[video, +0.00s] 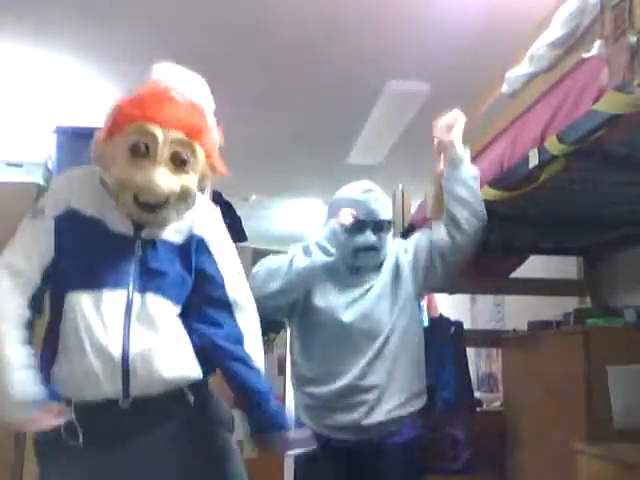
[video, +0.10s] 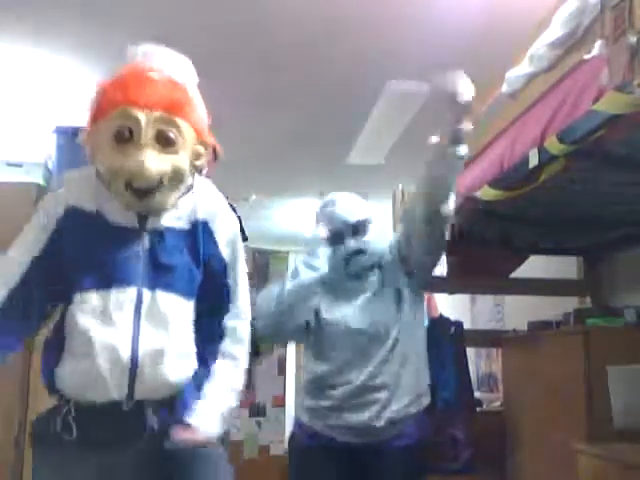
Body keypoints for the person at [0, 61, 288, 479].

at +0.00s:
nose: (156, 177)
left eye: (179, 161)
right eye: (139, 150)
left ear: (201, 172)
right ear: (108, 147)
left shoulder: (199, 219)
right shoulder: (68, 198)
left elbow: (222, 320)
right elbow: (10, 291)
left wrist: (265, 413)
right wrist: (24, 397)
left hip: (176, 424)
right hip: (76, 430)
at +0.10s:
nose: (143, 158)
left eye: (165, 139)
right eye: (124, 136)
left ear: (196, 150)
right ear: (94, 141)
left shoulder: (210, 212)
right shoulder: (68, 201)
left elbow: (231, 326)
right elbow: (13, 305)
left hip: (177, 433)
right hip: (78, 433)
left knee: (206, 467)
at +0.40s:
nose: (126, 188)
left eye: (149, 165)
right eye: (108, 167)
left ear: (190, 179)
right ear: (88, 180)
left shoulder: (216, 239)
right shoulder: (77, 247)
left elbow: (258, 328)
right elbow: (42, 350)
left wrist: (221, 398)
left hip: (193, 457)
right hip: (97, 459)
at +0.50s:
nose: (135, 187)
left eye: (157, 167)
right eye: (117, 168)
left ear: (195, 181)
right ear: (96, 181)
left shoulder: (217, 239)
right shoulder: (80, 249)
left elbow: (268, 317)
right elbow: (53, 349)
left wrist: (244, 370)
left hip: (203, 457)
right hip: (105, 458)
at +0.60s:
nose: (150, 187)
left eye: (170, 168)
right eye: (132, 168)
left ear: (205, 181)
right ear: (109, 179)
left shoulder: (223, 242)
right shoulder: (87, 247)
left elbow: (286, 309)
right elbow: (64, 337)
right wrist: (27, 360)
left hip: (214, 455)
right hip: (114, 459)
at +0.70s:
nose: (159, 190)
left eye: (181, 171)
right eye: (141, 169)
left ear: (214, 186)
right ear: (116, 181)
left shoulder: (231, 245)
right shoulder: (91, 248)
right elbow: (61, 330)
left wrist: (286, 288)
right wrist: (41, 375)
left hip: (218, 455)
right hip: (120, 460)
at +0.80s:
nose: (168, 194)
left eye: (190, 174)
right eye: (150, 171)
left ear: (220, 189)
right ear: (122, 182)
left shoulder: (238, 247)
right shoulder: (98, 247)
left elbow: (314, 301)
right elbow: (67, 324)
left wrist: (302, 249)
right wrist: (64, 372)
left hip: (222, 452)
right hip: (125, 455)